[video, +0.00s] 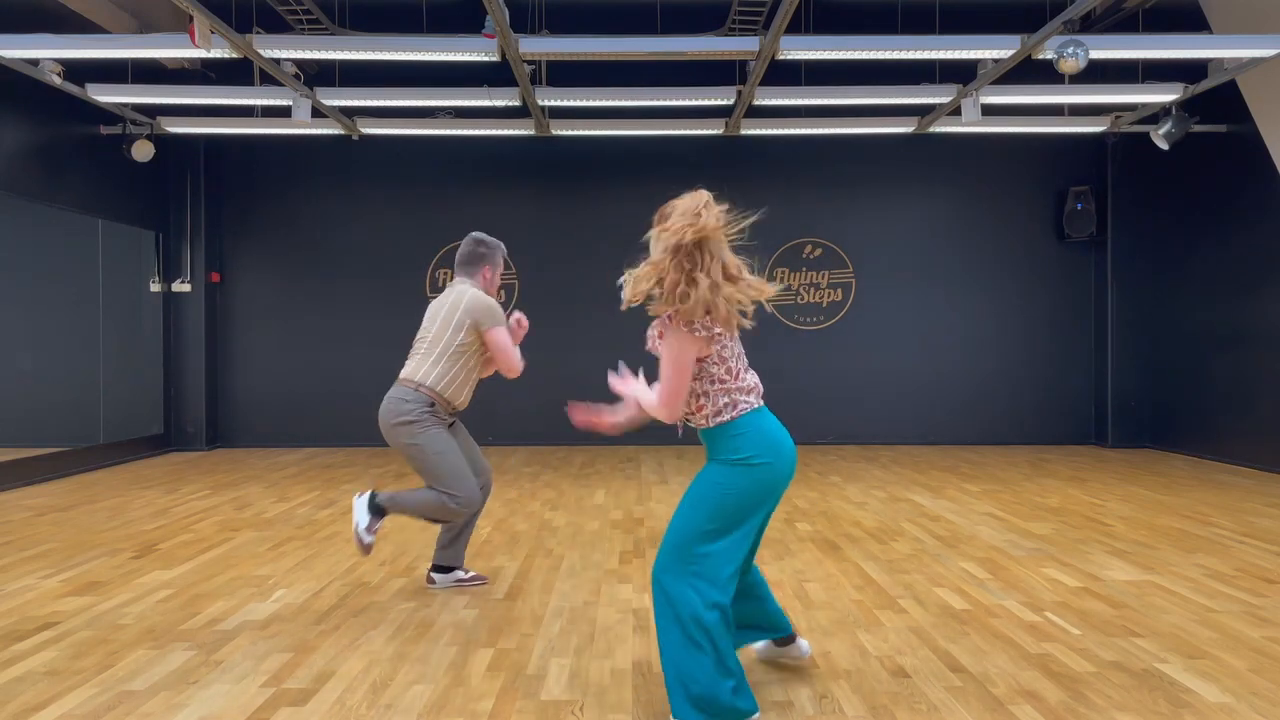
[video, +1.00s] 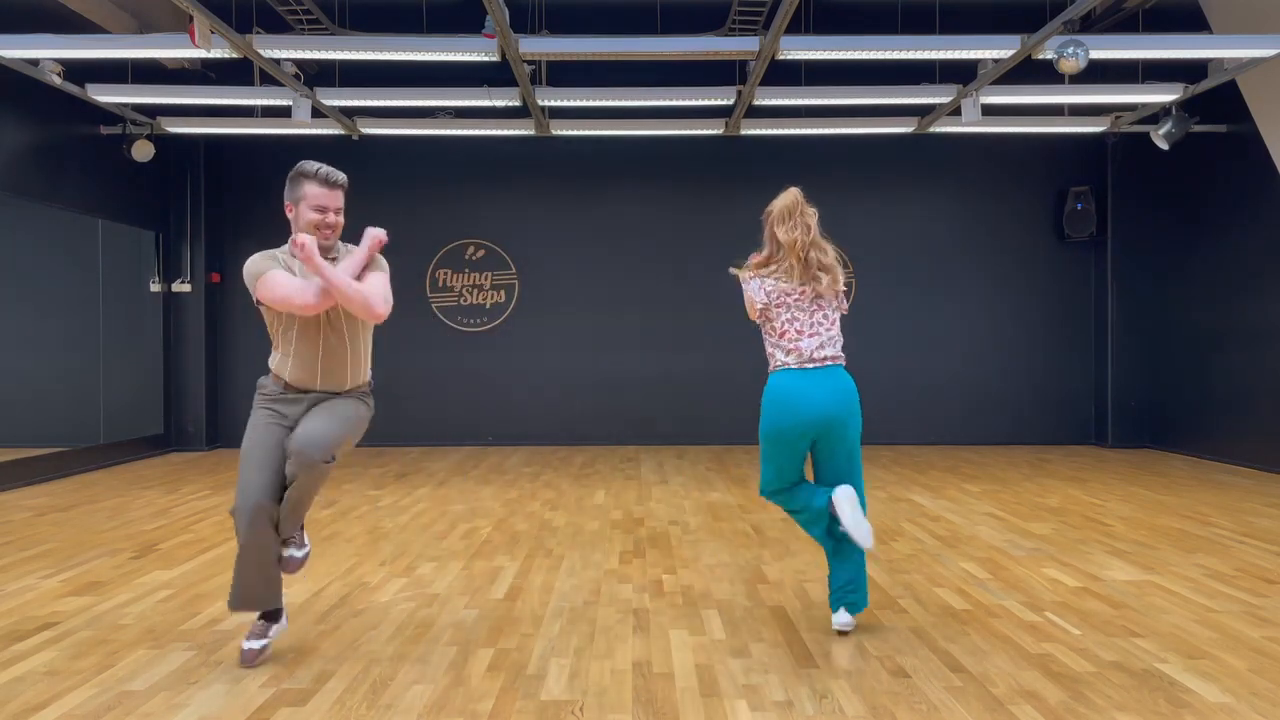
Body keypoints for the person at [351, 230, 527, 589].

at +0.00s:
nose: (500, 280)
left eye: (501, 272)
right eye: (500, 272)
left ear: (464, 270)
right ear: (487, 273)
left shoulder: (447, 300)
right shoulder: (481, 303)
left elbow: (474, 370)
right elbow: (513, 368)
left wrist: (510, 340)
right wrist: (508, 340)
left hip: (436, 410)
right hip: (412, 410)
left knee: (479, 480)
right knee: (463, 499)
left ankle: (445, 568)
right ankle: (374, 504)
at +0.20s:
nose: (459, 272)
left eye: (466, 265)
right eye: (450, 263)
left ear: (473, 270)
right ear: (431, 265)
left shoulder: (450, 315)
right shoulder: (416, 306)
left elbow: (463, 371)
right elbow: (397, 359)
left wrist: (509, 405)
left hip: (419, 415)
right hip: (381, 406)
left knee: (462, 483)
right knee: (353, 508)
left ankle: (447, 570)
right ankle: (300, 606)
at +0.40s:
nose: (411, 254)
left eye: (420, 246)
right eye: (402, 244)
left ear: (431, 251)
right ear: (385, 246)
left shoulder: (423, 308)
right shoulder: (358, 283)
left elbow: (446, 348)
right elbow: (300, 306)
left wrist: (497, 359)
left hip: (373, 415)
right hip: (324, 403)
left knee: (398, 499)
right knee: (306, 503)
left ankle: (427, 570)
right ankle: (274, 616)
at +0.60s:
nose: (371, 235)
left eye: (380, 226)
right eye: (361, 225)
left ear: (392, 233)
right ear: (344, 229)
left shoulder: (396, 295)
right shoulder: (311, 270)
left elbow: (421, 345)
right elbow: (241, 298)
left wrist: (462, 386)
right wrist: (174, 313)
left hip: (339, 413)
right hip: (279, 401)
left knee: (359, 504)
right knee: (260, 510)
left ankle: (367, 582)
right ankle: (262, 627)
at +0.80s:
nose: (339, 224)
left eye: (348, 215)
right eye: (328, 214)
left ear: (360, 219)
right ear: (309, 217)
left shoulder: (380, 292)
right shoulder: (275, 273)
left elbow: (377, 365)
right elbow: (265, 340)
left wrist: (366, 428)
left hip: (324, 414)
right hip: (259, 401)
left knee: (322, 526)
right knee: (246, 512)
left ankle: (304, 588)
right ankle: (256, 625)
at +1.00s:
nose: (329, 219)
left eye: (337, 211)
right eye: (318, 209)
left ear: (345, 214)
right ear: (290, 212)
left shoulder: (368, 261)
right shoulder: (262, 265)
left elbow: (378, 309)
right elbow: (309, 299)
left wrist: (317, 261)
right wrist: (365, 253)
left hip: (345, 395)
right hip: (279, 395)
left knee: (312, 445)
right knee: (252, 505)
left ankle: (290, 527)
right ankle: (270, 612)